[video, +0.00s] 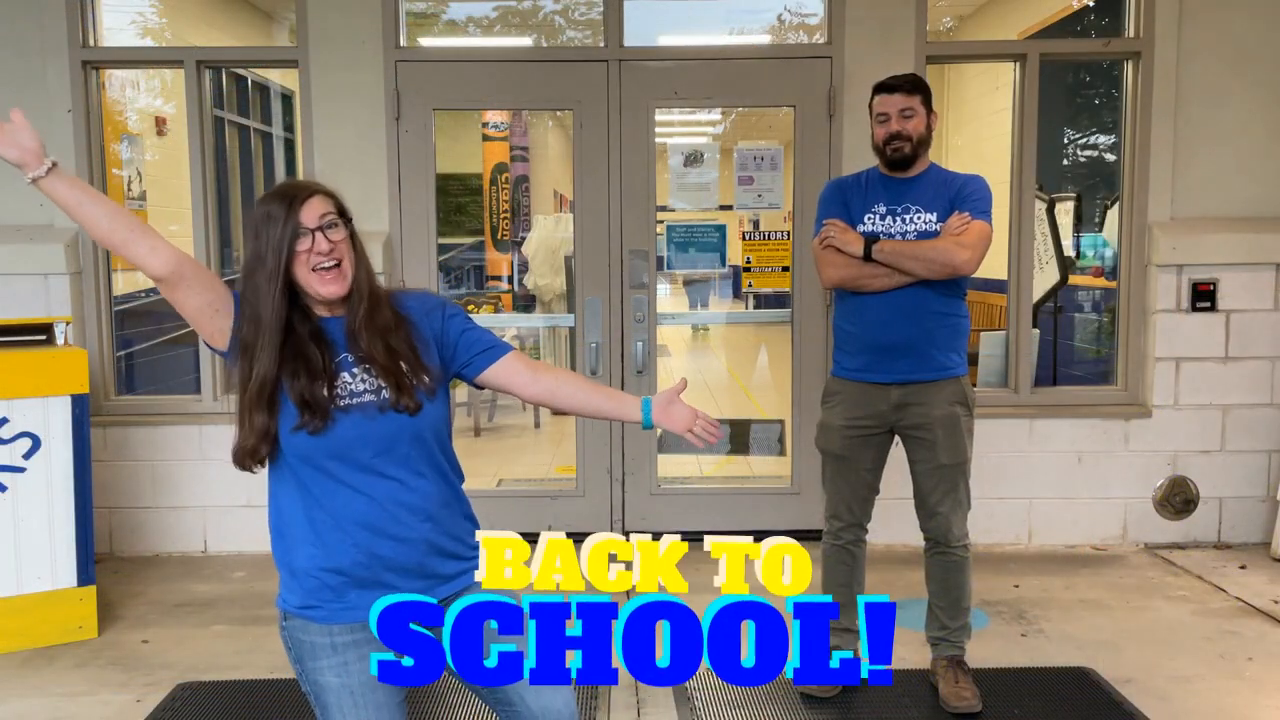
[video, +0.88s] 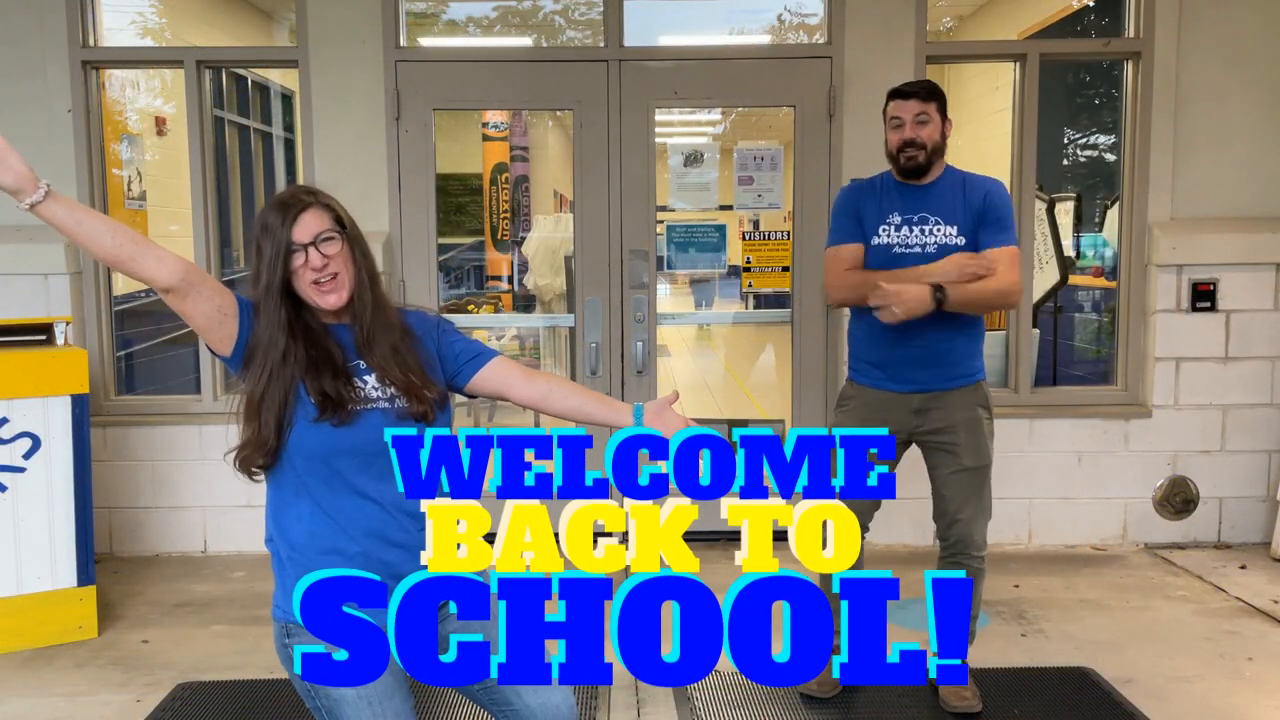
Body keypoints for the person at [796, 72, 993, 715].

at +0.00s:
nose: (893, 127)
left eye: (906, 116)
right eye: (882, 118)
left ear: (929, 122)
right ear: (870, 128)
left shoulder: (965, 189)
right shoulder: (842, 193)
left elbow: (961, 262)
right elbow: (832, 273)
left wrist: (864, 242)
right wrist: (932, 258)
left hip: (937, 385)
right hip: (855, 385)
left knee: (947, 531)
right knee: (843, 526)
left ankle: (950, 658)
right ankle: (837, 654)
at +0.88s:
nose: (908, 133)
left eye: (921, 122)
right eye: (897, 123)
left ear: (944, 130)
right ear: (884, 133)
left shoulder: (984, 195)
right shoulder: (857, 198)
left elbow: (1009, 286)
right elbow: (835, 288)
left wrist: (931, 296)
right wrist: (942, 270)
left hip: (956, 393)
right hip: (870, 392)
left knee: (965, 537)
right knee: (837, 529)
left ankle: (953, 665)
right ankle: (826, 652)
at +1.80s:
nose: (806, 201)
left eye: (822, 191)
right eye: (796, 189)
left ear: (846, 196)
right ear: (784, 194)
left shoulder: (886, 220)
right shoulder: (773, 259)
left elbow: (983, 181)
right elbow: (718, 290)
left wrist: (1069, 128)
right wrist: (647, 298)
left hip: (918, 429)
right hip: (836, 433)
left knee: (964, 562)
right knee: (798, 549)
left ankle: (954, 666)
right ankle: (808, 661)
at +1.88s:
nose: (805, 197)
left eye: (821, 187)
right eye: (795, 185)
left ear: (845, 193)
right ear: (783, 192)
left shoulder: (886, 220)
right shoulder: (772, 257)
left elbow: (981, 176)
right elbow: (715, 288)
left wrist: (1068, 121)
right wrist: (645, 297)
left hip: (918, 427)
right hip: (834, 431)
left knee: (964, 562)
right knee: (801, 550)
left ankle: (952, 665)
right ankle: (808, 662)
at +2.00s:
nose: (805, 193)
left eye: (821, 182)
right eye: (797, 180)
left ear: (847, 187)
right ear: (786, 183)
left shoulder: (889, 220)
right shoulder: (774, 258)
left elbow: (983, 174)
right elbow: (707, 297)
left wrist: (1068, 118)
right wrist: (636, 310)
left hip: (919, 426)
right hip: (833, 430)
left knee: (964, 561)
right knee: (800, 550)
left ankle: (953, 667)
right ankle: (807, 662)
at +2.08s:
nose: (806, 190)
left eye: (821, 179)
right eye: (797, 178)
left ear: (847, 183)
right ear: (786, 183)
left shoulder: (890, 219)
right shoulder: (776, 258)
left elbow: (984, 175)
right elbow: (709, 302)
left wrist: (1068, 117)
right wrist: (637, 318)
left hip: (918, 424)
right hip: (832, 429)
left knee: (962, 560)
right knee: (796, 548)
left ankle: (953, 665)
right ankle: (807, 663)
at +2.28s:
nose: (807, 186)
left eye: (822, 175)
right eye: (798, 174)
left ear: (848, 179)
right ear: (786, 180)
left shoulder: (893, 213)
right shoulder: (777, 256)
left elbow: (984, 164)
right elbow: (707, 304)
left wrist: (1067, 102)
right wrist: (634, 322)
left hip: (920, 424)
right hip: (833, 427)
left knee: (964, 558)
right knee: (796, 550)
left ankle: (956, 667)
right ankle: (807, 663)